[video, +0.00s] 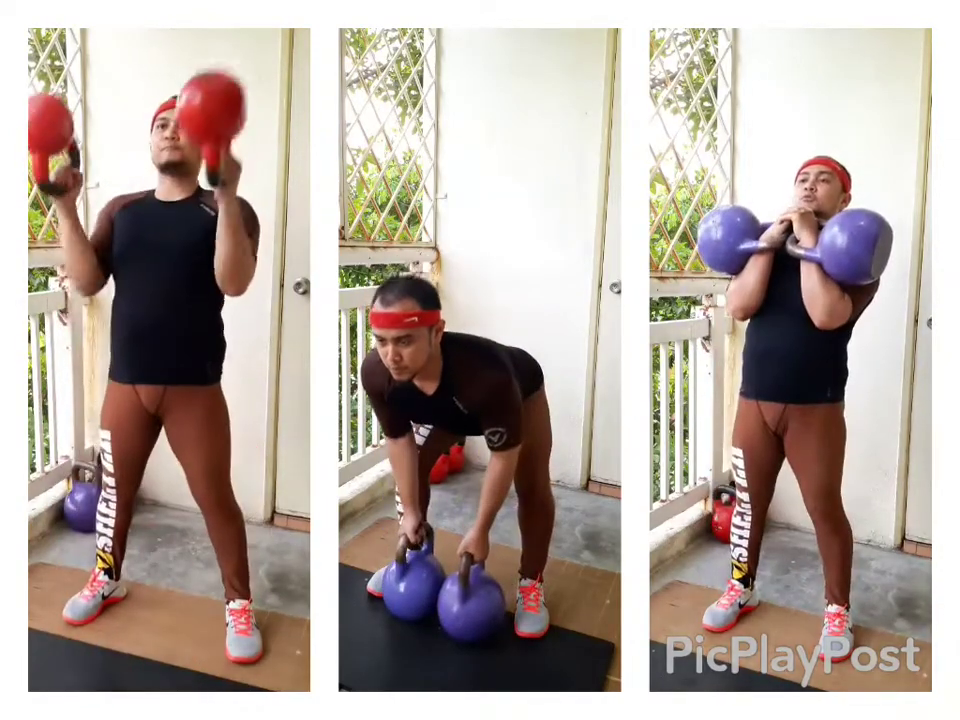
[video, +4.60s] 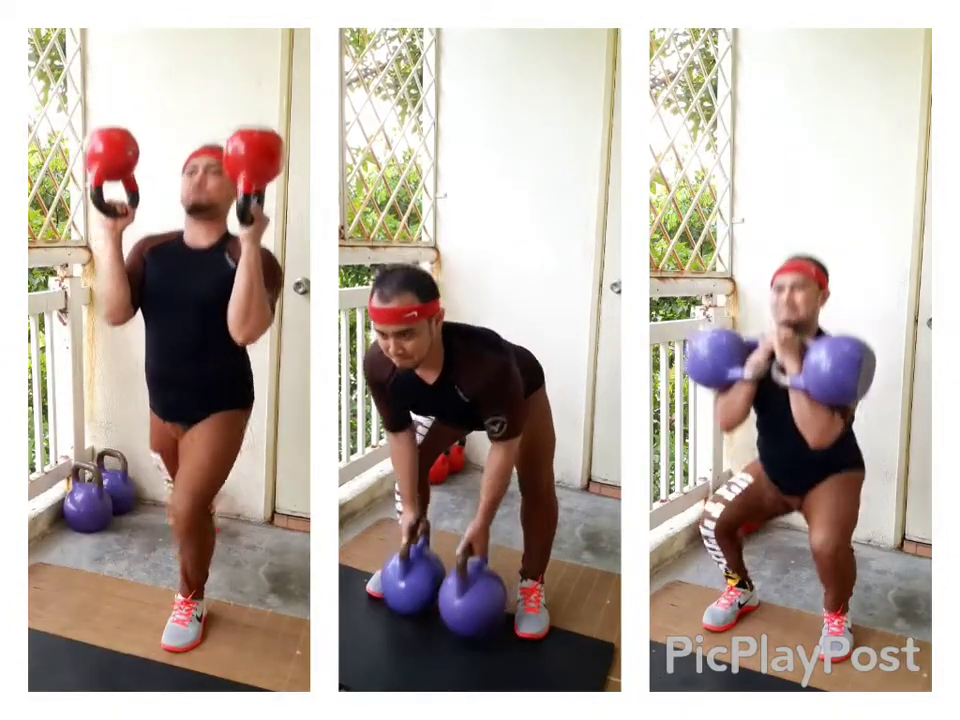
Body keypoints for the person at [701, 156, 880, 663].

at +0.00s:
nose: (809, 186)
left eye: (822, 180)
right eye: (802, 180)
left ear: (845, 198)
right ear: (791, 194)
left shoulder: (854, 257)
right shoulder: (768, 245)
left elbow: (828, 315)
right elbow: (738, 306)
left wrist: (806, 243)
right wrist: (768, 244)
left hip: (814, 407)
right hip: (754, 400)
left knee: (825, 513)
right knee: (749, 502)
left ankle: (836, 609)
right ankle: (740, 586)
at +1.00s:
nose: (792, 227)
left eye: (805, 219)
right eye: (785, 218)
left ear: (828, 230)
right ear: (776, 228)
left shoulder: (842, 289)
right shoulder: (756, 283)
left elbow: (821, 362)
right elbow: (730, 351)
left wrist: (795, 290)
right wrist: (759, 289)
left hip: (830, 431)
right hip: (773, 427)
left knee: (828, 528)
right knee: (733, 508)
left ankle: (836, 613)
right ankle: (740, 585)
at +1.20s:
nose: (790, 290)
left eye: (802, 282)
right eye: (783, 282)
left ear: (823, 294)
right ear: (772, 292)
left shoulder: (833, 352)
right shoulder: (754, 346)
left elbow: (819, 430)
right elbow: (727, 416)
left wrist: (792, 361)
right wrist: (753, 361)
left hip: (831, 466)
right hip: (775, 464)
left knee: (826, 543)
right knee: (721, 521)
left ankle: (836, 616)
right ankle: (740, 588)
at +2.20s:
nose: (795, 226)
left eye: (808, 221)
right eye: (788, 218)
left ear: (829, 238)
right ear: (777, 231)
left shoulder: (835, 299)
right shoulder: (756, 291)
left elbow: (819, 376)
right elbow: (729, 359)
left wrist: (793, 307)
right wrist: (751, 306)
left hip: (829, 433)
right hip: (773, 427)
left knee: (829, 531)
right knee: (727, 505)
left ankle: (837, 615)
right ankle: (740, 587)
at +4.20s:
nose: (795, 190)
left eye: (808, 182)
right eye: (788, 182)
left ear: (832, 195)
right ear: (778, 193)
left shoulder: (846, 257)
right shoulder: (758, 249)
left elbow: (824, 323)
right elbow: (728, 317)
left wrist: (799, 251)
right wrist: (758, 256)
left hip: (824, 412)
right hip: (765, 408)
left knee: (827, 516)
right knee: (738, 499)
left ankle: (836, 612)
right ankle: (739, 586)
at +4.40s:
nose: (789, 238)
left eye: (802, 230)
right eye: (782, 230)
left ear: (825, 241)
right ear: (773, 239)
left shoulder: (840, 302)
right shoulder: (757, 296)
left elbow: (822, 374)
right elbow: (727, 362)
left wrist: (795, 302)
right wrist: (756, 305)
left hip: (830, 438)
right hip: (773, 434)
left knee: (828, 533)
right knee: (727, 510)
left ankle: (835, 613)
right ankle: (740, 587)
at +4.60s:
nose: (787, 297)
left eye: (800, 288)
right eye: (780, 288)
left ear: (821, 299)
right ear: (770, 298)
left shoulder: (836, 356)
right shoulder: (753, 352)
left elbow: (821, 436)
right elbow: (726, 421)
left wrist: (793, 367)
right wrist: (753, 371)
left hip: (832, 472)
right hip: (775, 469)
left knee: (827, 545)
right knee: (718, 521)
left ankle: (836, 616)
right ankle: (740, 588)